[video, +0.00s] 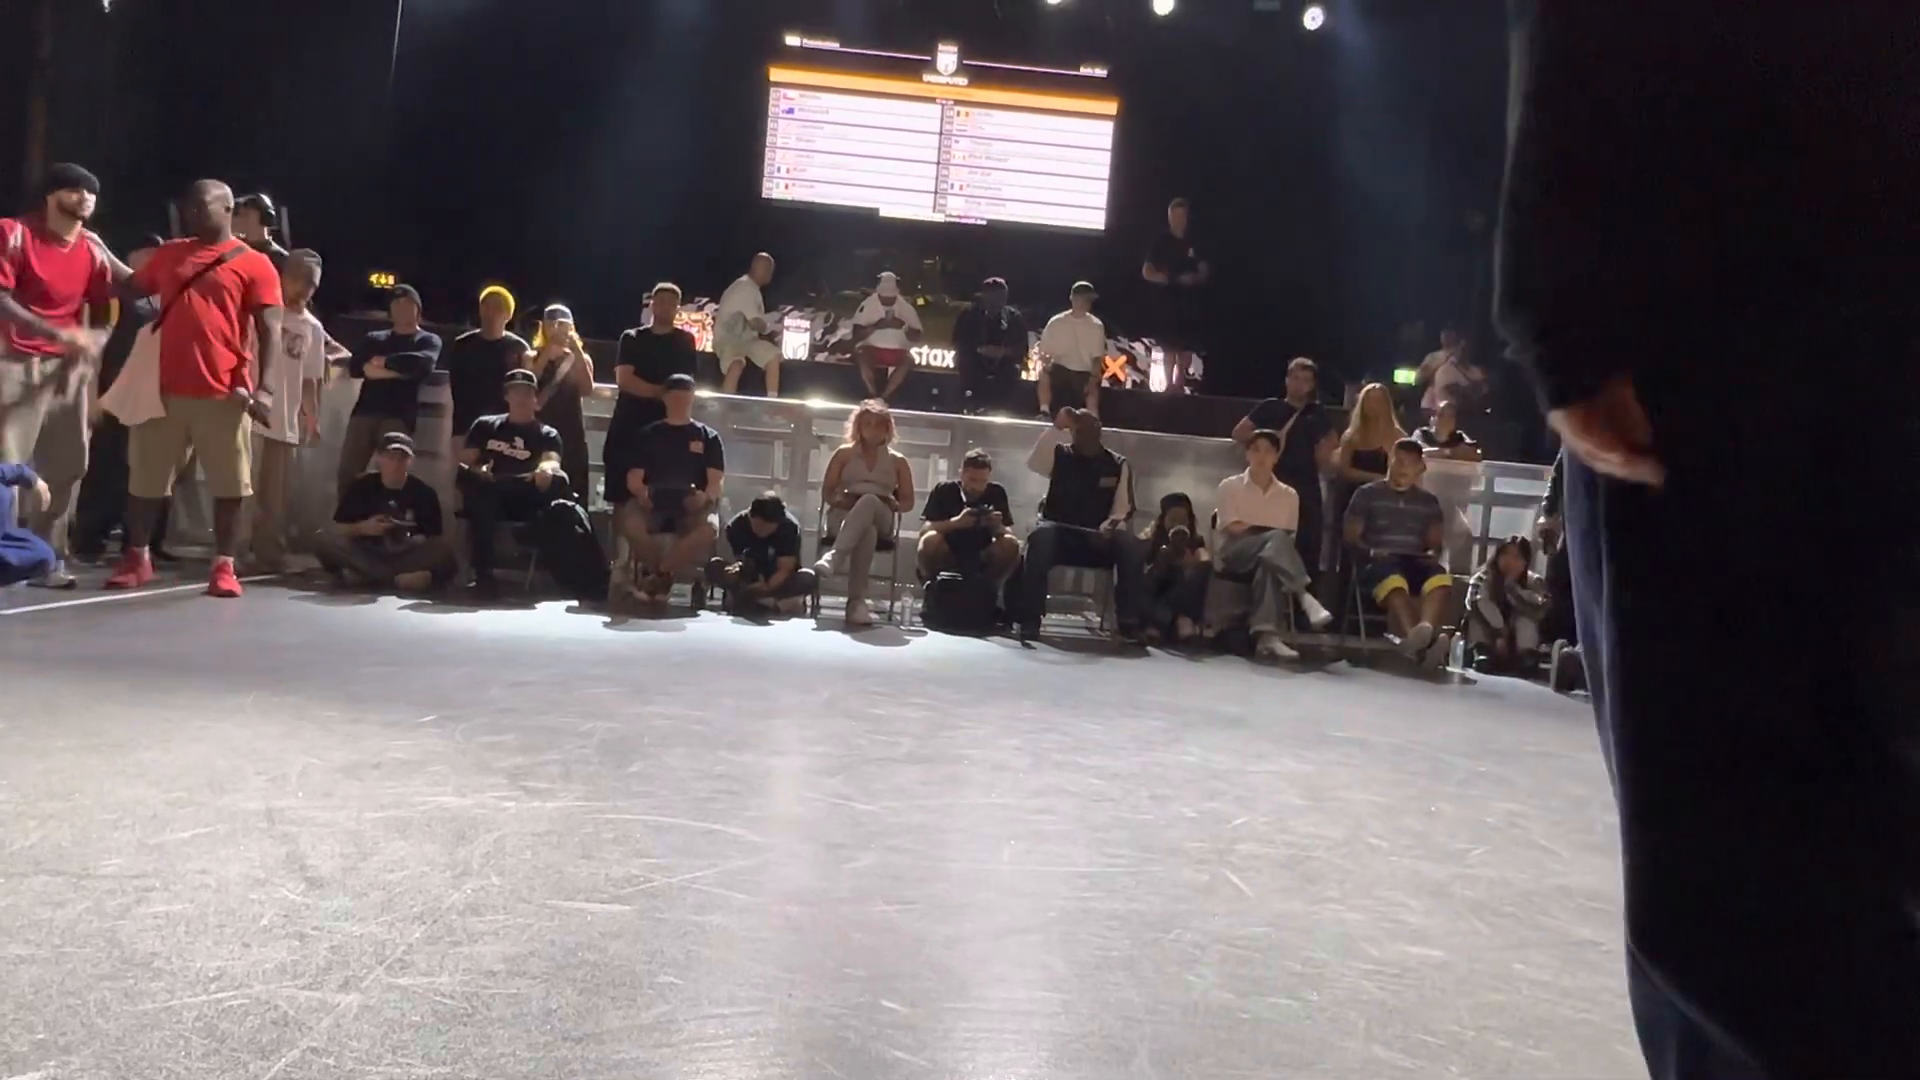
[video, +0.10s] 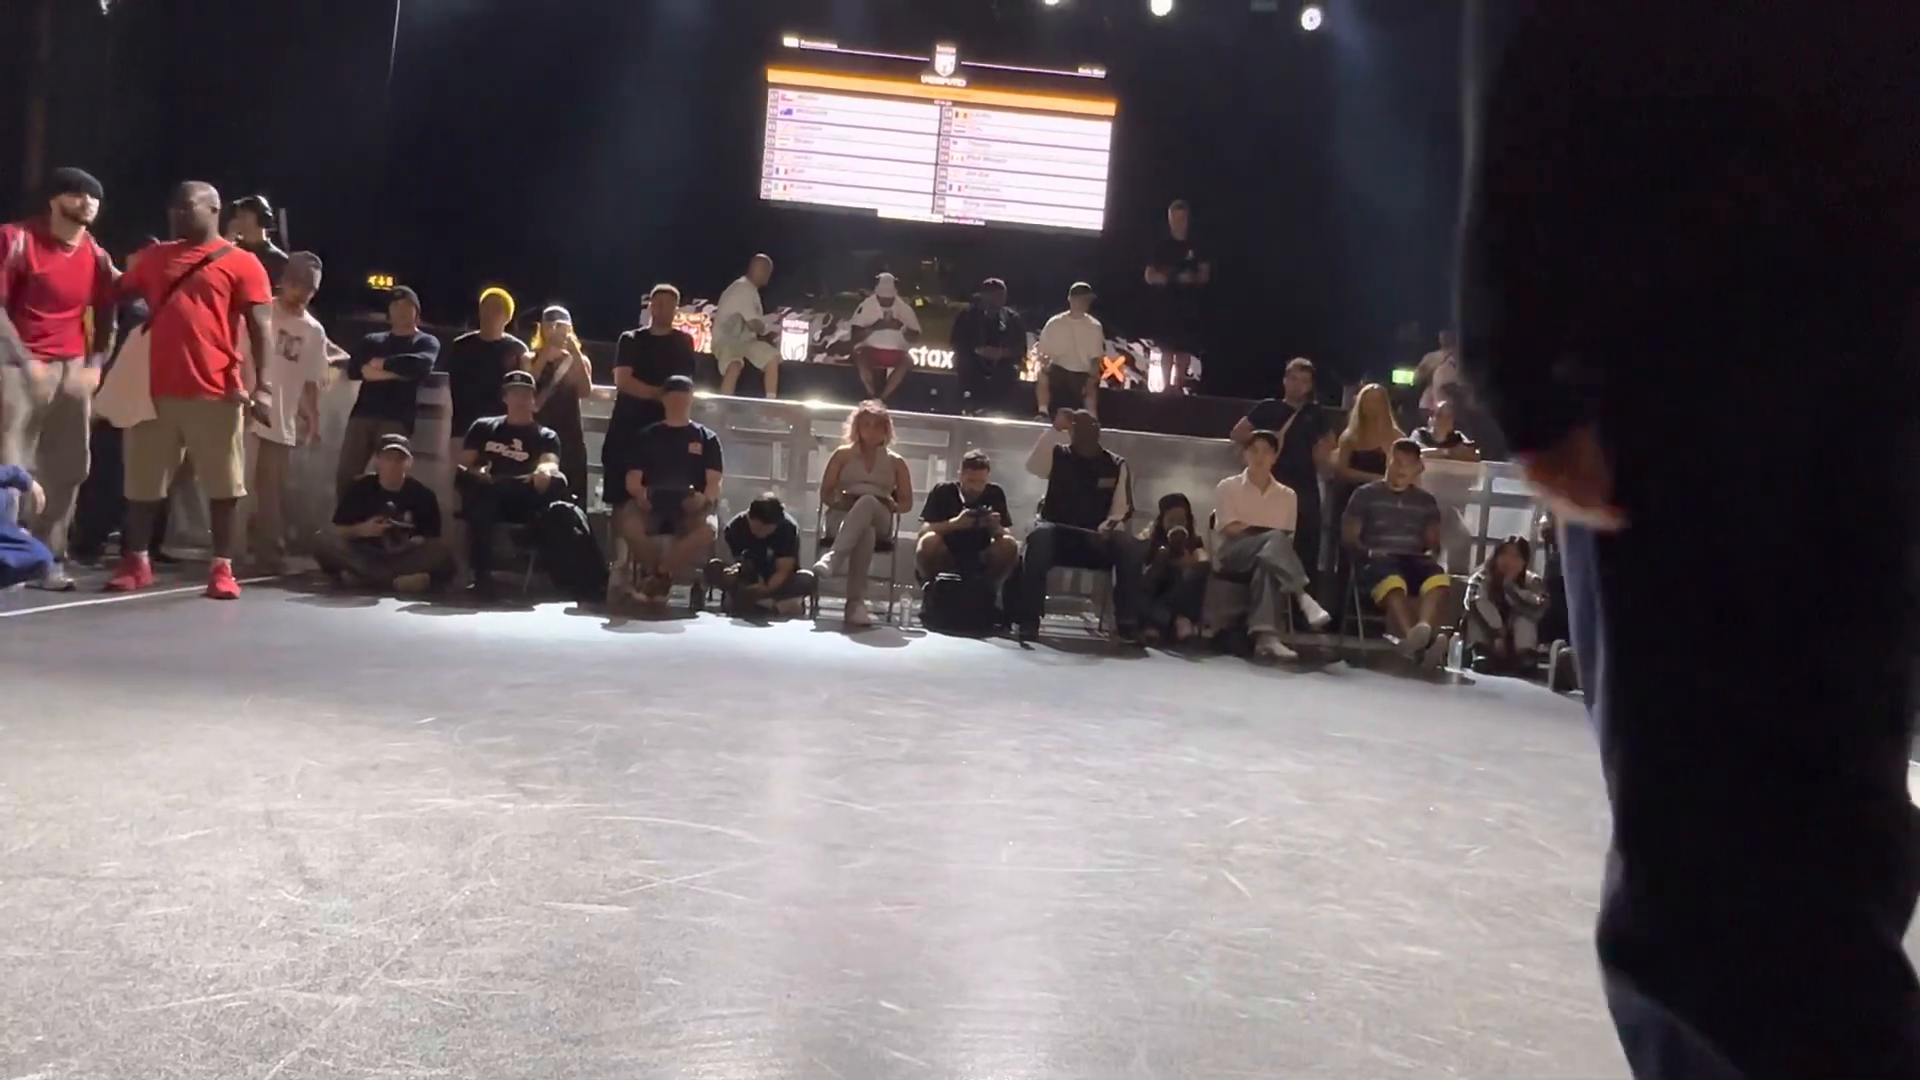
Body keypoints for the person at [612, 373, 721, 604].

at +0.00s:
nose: (680, 400)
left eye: (685, 394)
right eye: (675, 394)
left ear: (692, 397)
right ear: (665, 397)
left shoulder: (708, 437)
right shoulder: (647, 434)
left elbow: (715, 482)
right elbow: (633, 477)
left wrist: (704, 498)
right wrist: (644, 494)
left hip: (690, 499)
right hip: (654, 497)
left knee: (708, 530)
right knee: (630, 520)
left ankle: (659, 574)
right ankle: (662, 575)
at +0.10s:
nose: (678, 401)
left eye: (683, 396)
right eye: (673, 396)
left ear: (691, 399)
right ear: (664, 399)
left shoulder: (707, 438)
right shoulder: (646, 435)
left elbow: (714, 482)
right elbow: (632, 478)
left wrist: (703, 500)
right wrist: (642, 496)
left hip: (688, 500)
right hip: (652, 498)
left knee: (707, 530)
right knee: (629, 520)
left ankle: (660, 573)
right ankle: (660, 575)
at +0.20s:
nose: (676, 402)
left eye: (681, 396)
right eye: (671, 396)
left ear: (688, 399)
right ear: (661, 399)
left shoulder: (704, 438)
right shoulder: (642, 436)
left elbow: (711, 482)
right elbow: (630, 479)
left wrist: (701, 500)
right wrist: (640, 497)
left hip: (686, 500)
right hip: (649, 498)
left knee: (705, 530)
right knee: (626, 521)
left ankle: (656, 575)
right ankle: (658, 577)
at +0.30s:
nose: (674, 402)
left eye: (679, 396)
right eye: (669, 396)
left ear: (687, 400)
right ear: (659, 400)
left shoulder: (702, 439)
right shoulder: (640, 436)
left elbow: (709, 484)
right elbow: (628, 480)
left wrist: (698, 501)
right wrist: (641, 498)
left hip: (684, 501)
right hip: (648, 500)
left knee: (704, 530)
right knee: (624, 520)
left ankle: (655, 575)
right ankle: (656, 577)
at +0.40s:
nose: (672, 404)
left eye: (677, 398)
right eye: (667, 398)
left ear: (685, 401)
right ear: (658, 401)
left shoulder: (701, 440)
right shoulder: (639, 437)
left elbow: (708, 484)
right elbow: (626, 482)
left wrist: (697, 501)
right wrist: (640, 500)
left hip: (683, 502)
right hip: (646, 500)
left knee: (702, 531)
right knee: (623, 523)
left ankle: (653, 577)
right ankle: (656, 579)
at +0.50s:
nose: (671, 405)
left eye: (676, 400)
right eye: (666, 400)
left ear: (684, 402)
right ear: (657, 403)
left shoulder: (699, 441)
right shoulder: (638, 439)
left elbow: (706, 486)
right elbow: (625, 482)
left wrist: (696, 503)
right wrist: (635, 499)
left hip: (681, 503)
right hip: (645, 502)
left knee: (700, 533)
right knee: (621, 524)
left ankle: (653, 579)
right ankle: (654, 581)